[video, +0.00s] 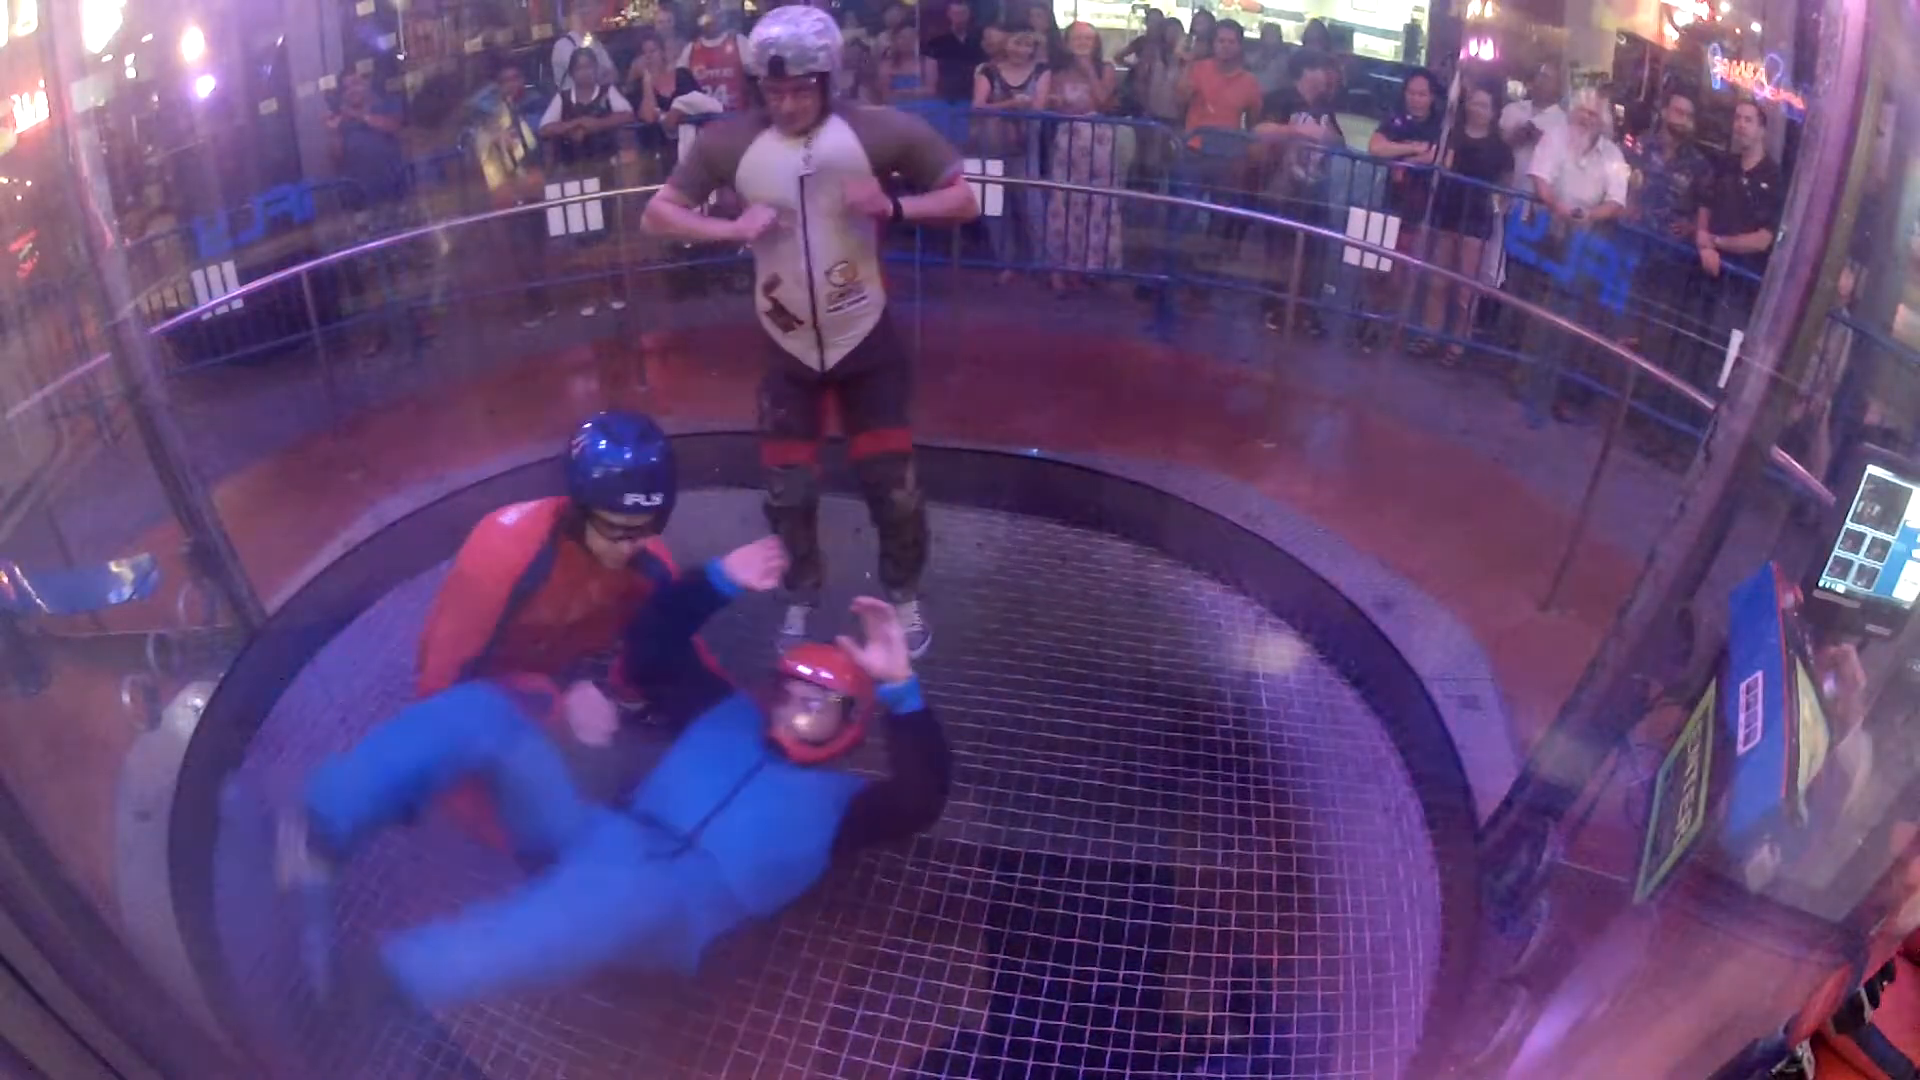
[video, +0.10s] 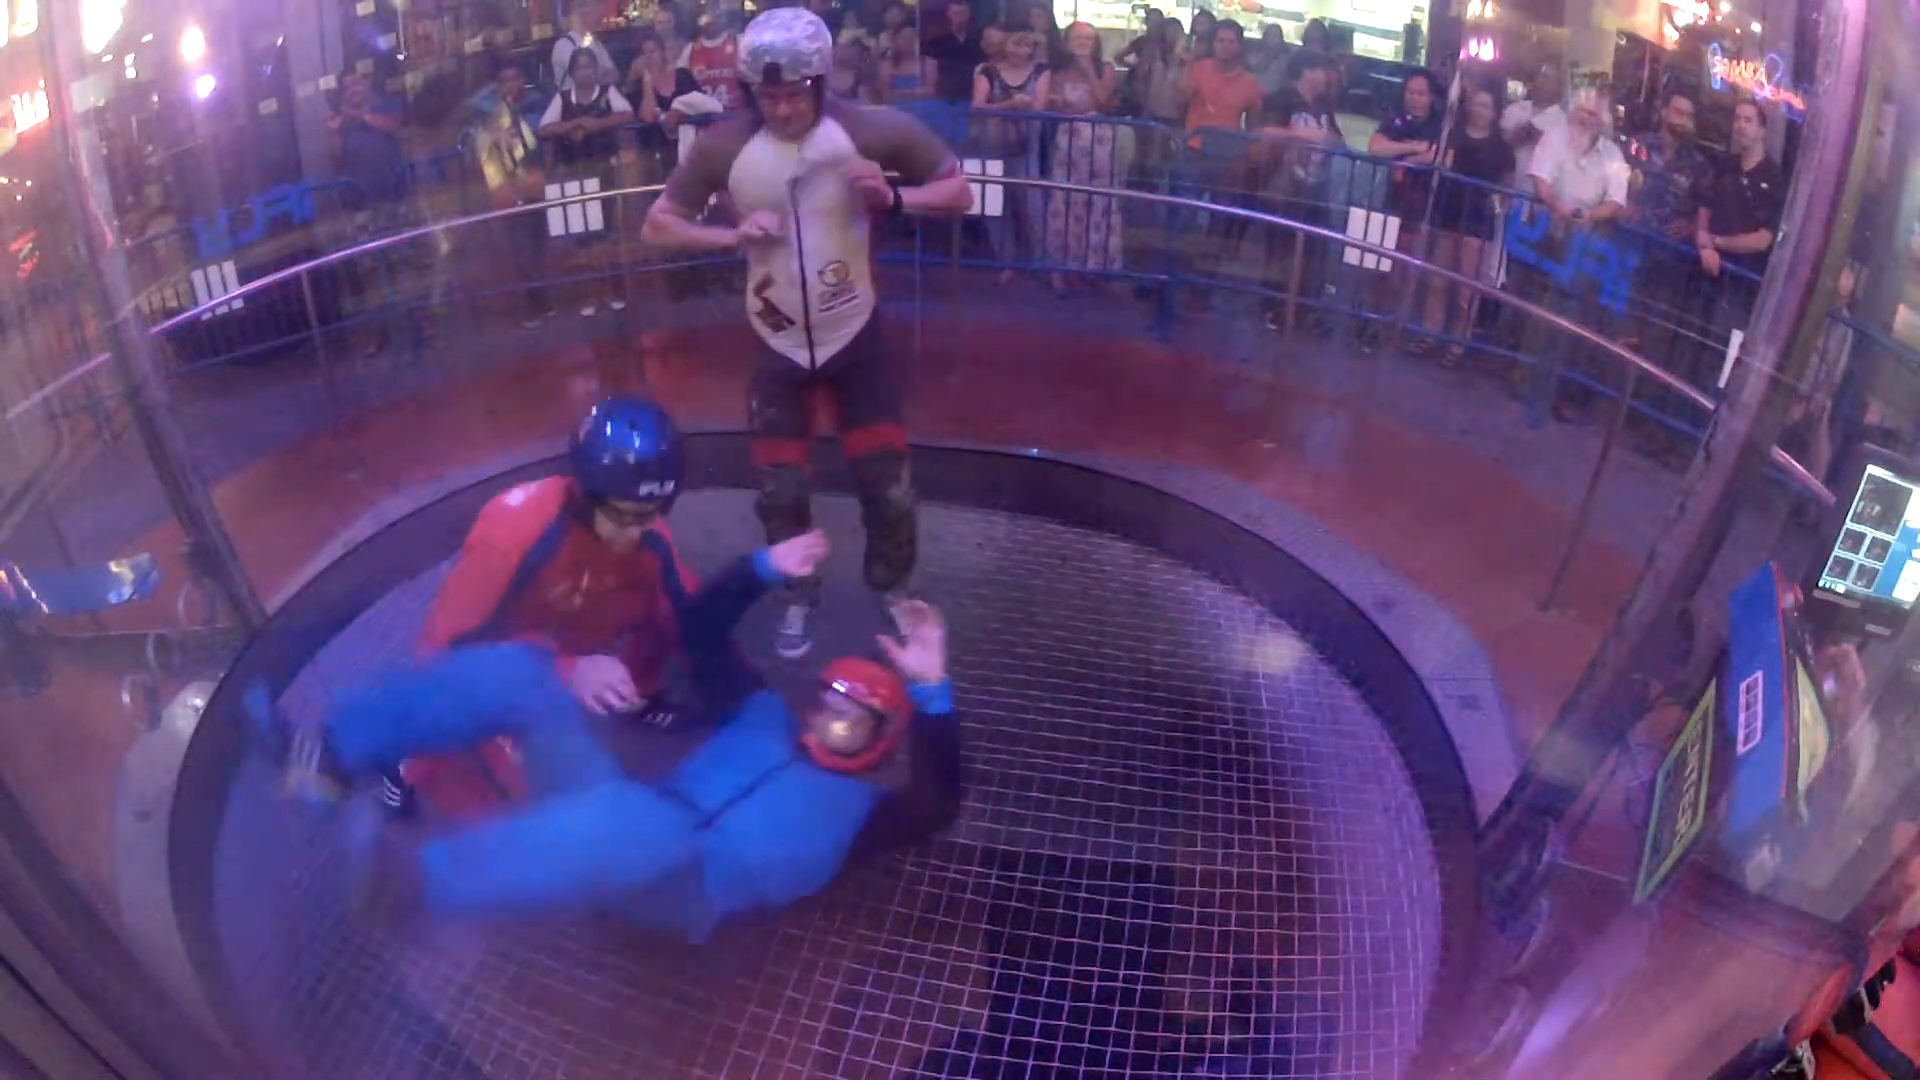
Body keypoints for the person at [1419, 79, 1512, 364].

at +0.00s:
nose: (1479, 111)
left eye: (1485, 106)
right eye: (1474, 104)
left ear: (1494, 112)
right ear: (1465, 107)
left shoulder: (1500, 148)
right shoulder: (1454, 138)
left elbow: (1505, 186)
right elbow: (1443, 169)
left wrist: (1500, 205)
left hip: (1477, 215)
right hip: (1446, 209)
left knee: (1465, 284)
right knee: (1437, 279)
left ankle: (1457, 341)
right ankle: (1430, 333)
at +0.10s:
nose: (1480, 111)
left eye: (1486, 107)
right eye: (1476, 105)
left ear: (1496, 112)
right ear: (1467, 108)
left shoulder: (1501, 148)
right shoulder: (1455, 138)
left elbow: (1506, 186)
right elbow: (1444, 169)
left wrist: (1500, 209)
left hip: (1478, 214)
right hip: (1448, 208)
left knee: (1466, 283)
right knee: (1438, 278)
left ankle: (1458, 341)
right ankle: (1430, 332)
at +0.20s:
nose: (1482, 112)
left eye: (1488, 107)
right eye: (1478, 105)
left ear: (1497, 113)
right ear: (1468, 108)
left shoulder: (1502, 148)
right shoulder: (1456, 138)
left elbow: (1507, 186)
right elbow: (1444, 169)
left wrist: (1499, 206)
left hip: (1478, 215)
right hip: (1448, 209)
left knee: (1466, 285)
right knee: (1438, 278)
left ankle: (1458, 341)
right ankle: (1430, 332)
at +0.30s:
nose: (1483, 111)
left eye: (1489, 107)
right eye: (1479, 105)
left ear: (1499, 113)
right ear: (1471, 108)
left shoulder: (1504, 149)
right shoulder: (1458, 138)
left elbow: (1507, 188)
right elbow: (1445, 169)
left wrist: (1496, 200)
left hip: (1480, 217)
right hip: (1450, 210)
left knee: (1467, 285)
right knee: (1438, 279)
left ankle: (1458, 341)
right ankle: (1430, 332)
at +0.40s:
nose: (1484, 111)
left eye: (1490, 107)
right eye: (1479, 105)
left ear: (1499, 114)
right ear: (1471, 108)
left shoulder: (1504, 149)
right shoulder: (1458, 139)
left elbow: (1507, 188)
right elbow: (1444, 168)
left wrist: (1497, 200)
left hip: (1480, 216)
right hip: (1450, 209)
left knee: (1467, 284)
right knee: (1438, 278)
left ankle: (1458, 341)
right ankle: (1430, 332)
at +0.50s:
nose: (1484, 112)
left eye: (1491, 108)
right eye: (1480, 105)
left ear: (1500, 114)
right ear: (1472, 108)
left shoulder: (1504, 149)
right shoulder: (1459, 138)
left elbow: (1507, 188)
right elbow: (1445, 168)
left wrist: (1495, 200)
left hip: (1480, 217)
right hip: (1450, 210)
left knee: (1467, 285)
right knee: (1438, 278)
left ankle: (1458, 341)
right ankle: (1430, 332)